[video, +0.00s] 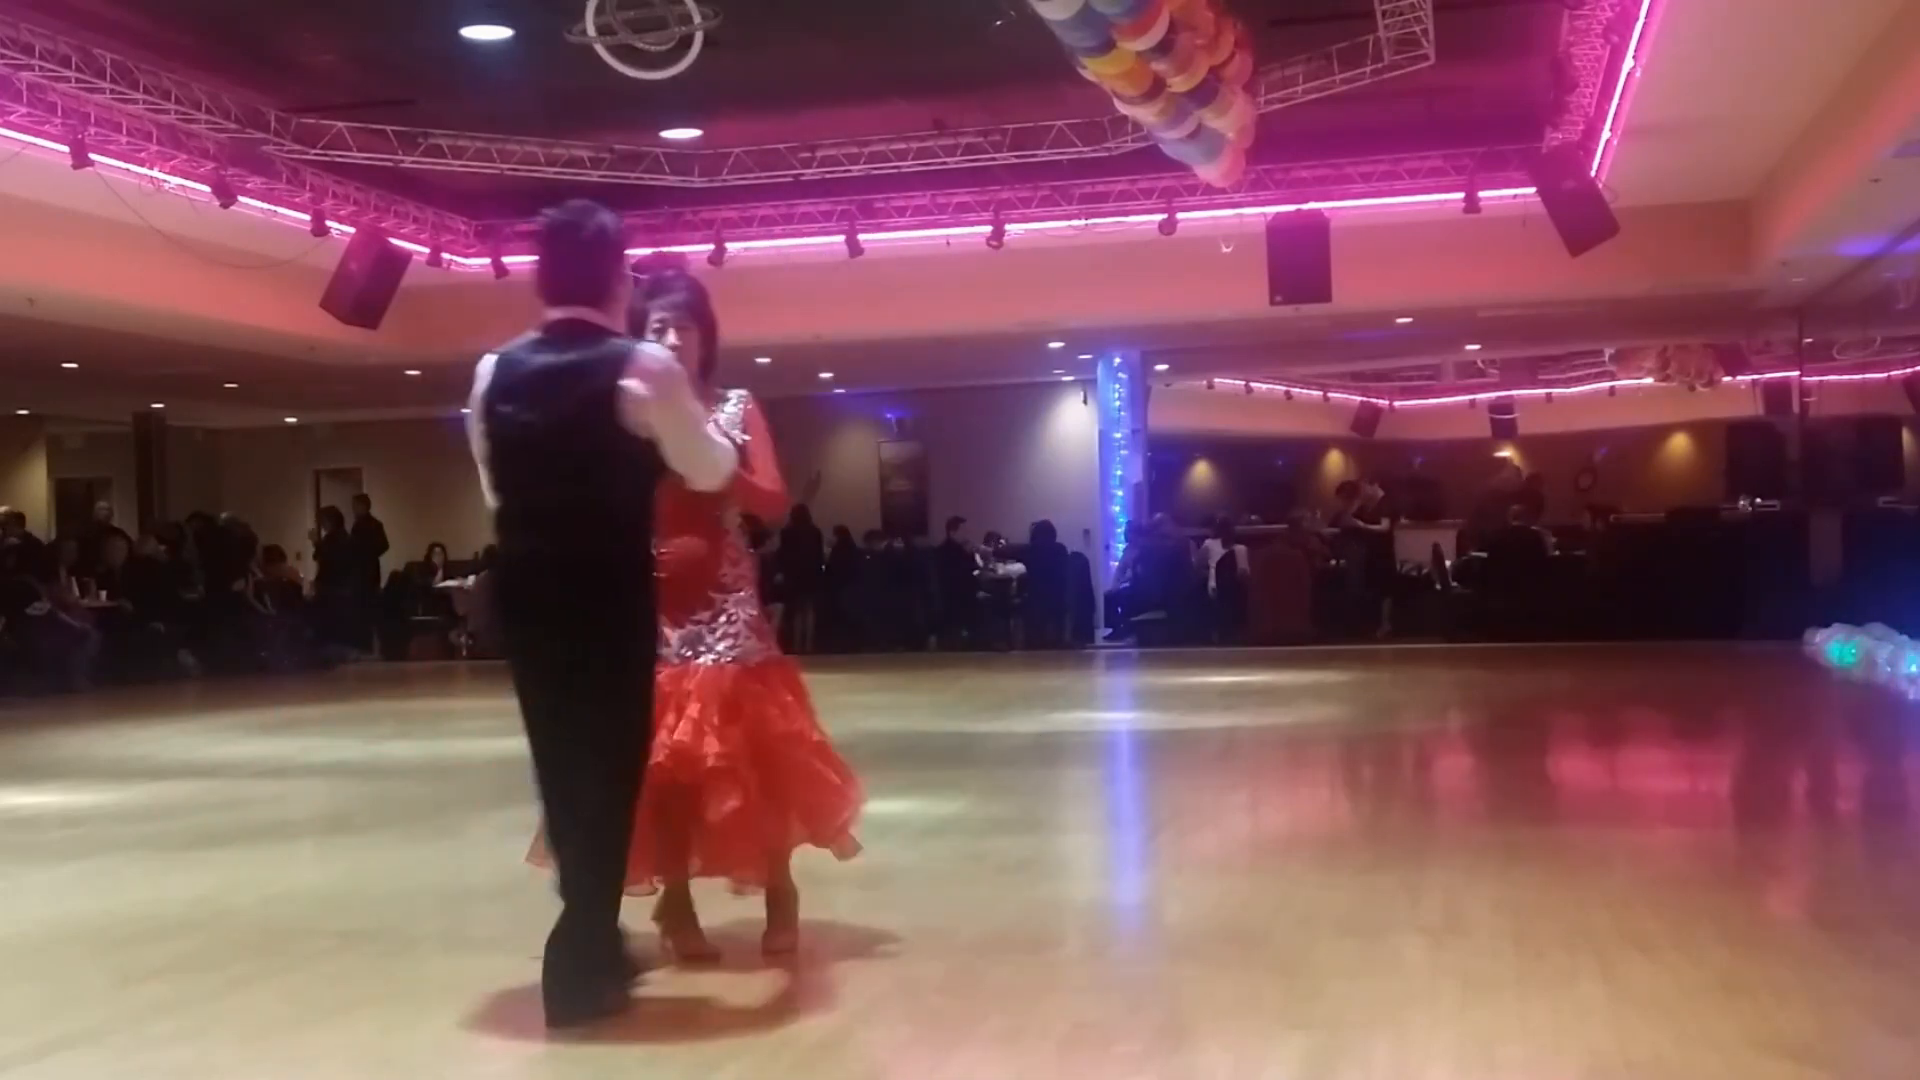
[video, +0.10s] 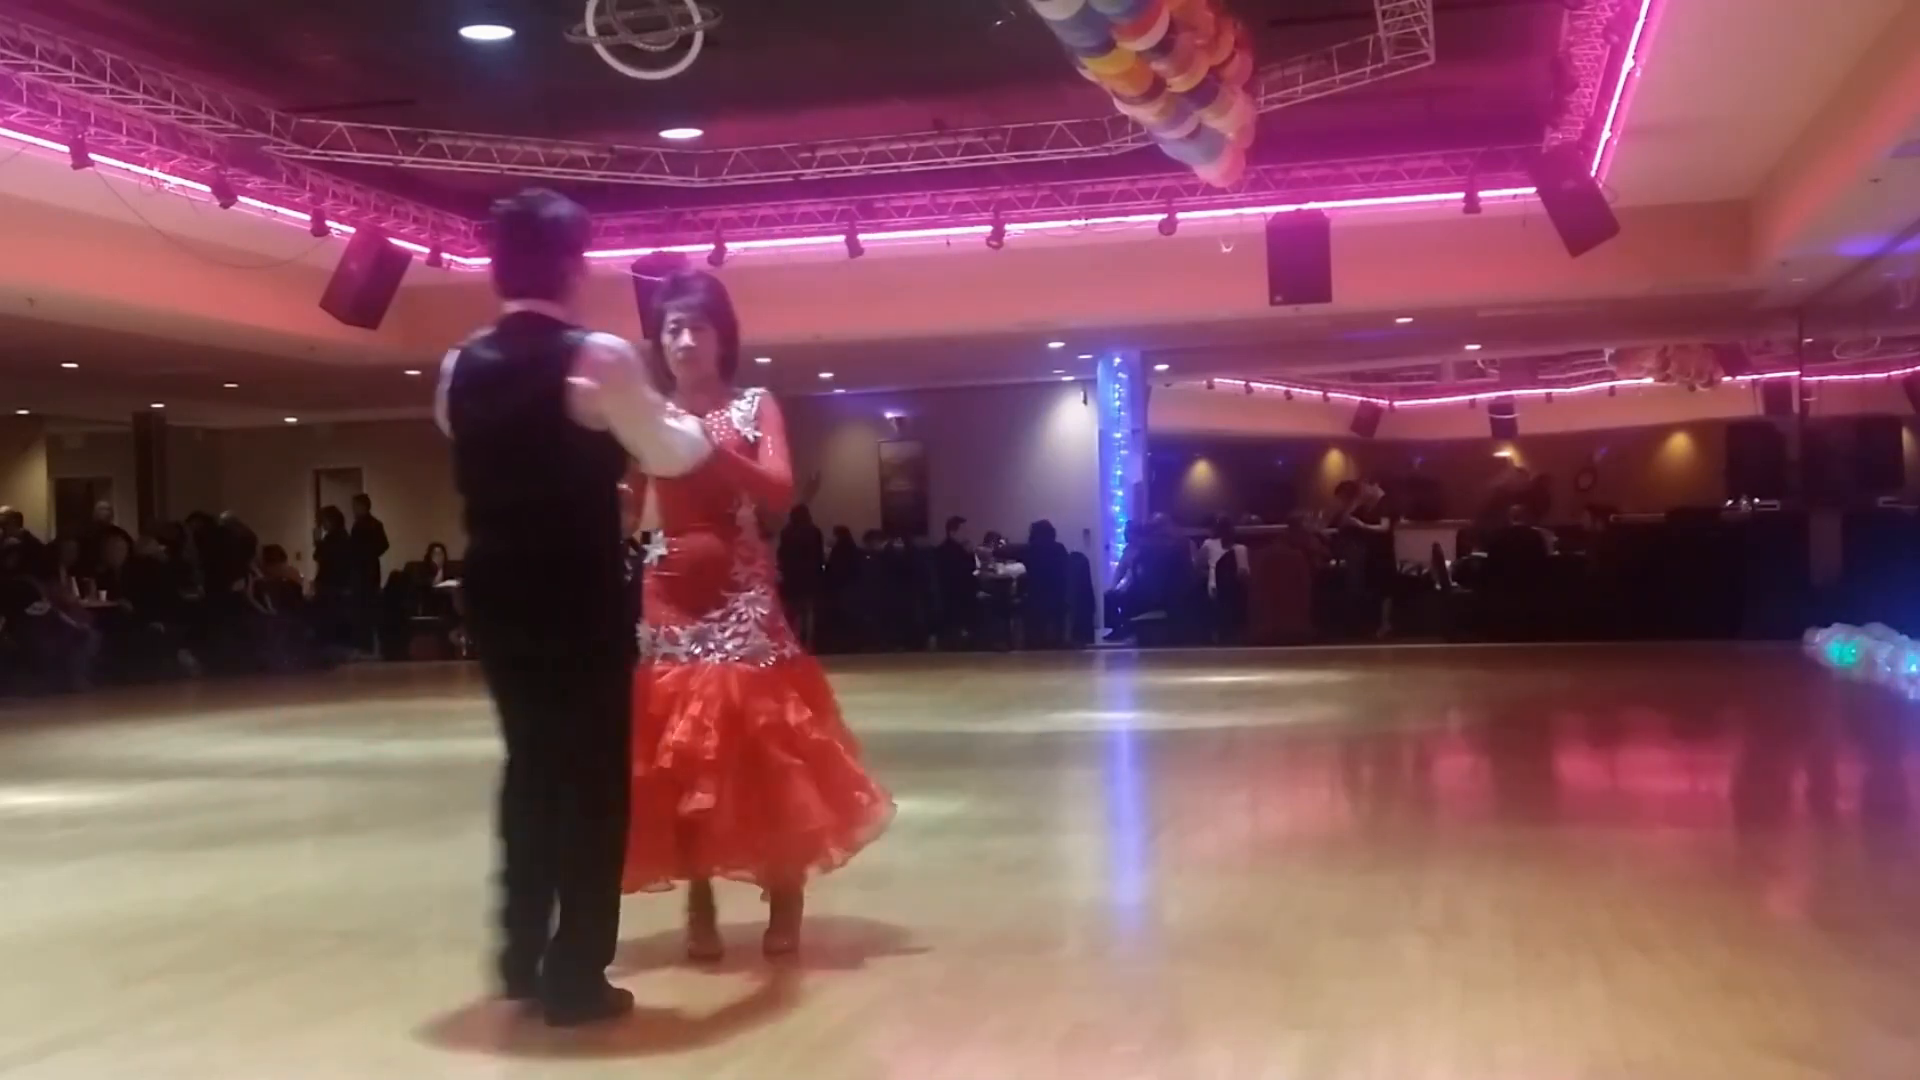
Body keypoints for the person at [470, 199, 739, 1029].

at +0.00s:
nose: (632, 284)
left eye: (622, 271)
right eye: (629, 272)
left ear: (540, 278)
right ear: (618, 277)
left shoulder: (494, 373)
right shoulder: (643, 369)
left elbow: (493, 484)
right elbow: (710, 469)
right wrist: (698, 414)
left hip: (527, 595)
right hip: (613, 594)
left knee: (564, 764)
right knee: (608, 768)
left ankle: (592, 938)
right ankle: (578, 979)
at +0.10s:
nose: (586, 270)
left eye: (579, 257)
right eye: (583, 257)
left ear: (497, 266)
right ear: (572, 265)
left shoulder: (460, 367)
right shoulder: (598, 362)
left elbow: (468, 450)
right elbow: (677, 452)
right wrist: (694, 419)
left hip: (497, 601)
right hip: (583, 603)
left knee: (532, 763)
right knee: (594, 778)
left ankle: (521, 954)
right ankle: (577, 977)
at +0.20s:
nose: (547, 268)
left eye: (544, 254)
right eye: (541, 254)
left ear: (456, 262)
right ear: (524, 261)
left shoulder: (437, 363)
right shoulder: (551, 358)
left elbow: (504, 474)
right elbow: (633, 445)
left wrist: (601, 482)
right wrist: (673, 424)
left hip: (468, 604)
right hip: (549, 607)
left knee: (489, 769)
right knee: (585, 785)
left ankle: (434, 961)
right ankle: (577, 979)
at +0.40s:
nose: (484, 275)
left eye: (480, 259)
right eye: (477, 261)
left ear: (396, 265)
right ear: (450, 265)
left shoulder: (365, 368)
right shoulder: (483, 361)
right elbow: (559, 445)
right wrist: (641, 451)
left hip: (400, 610)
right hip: (484, 609)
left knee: (422, 777)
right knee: (544, 782)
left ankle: (397, 979)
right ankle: (568, 974)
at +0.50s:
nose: (469, 273)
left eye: (464, 256)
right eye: (462, 258)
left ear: (383, 262)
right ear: (435, 263)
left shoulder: (352, 364)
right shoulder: (467, 362)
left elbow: (484, 426)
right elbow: (557, 464)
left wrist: (575, 425)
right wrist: (645, 459)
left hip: (389, 612)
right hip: (471, 610)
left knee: (413, 782)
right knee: (530, 784)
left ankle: (399, 983)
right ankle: (543, 968)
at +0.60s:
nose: (470, 275)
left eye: (467, 259)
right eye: (463, 260)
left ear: (383, 263)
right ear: (437, 264)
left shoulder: (349, 365)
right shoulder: (462, 358)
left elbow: (436, 447)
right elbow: (537, 471)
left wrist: (533, 403)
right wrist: (633, 473)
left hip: (393, 610)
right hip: (476, 606)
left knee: (409, 787)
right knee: (525, 783)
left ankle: (400, 986)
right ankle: (523, 965)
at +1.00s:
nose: (520, 282)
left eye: (514, 269)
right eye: (508, 270)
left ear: (447, 284)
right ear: (469, 281)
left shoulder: (435, 364)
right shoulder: (479, 371)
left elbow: (540, 325)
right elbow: (508, 488)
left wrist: (595, 244)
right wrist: (627, 496)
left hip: (455, 591)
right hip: (511, 596)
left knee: (475, 764)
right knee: (534, 774)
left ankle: (411, 924)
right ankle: (504, 945)